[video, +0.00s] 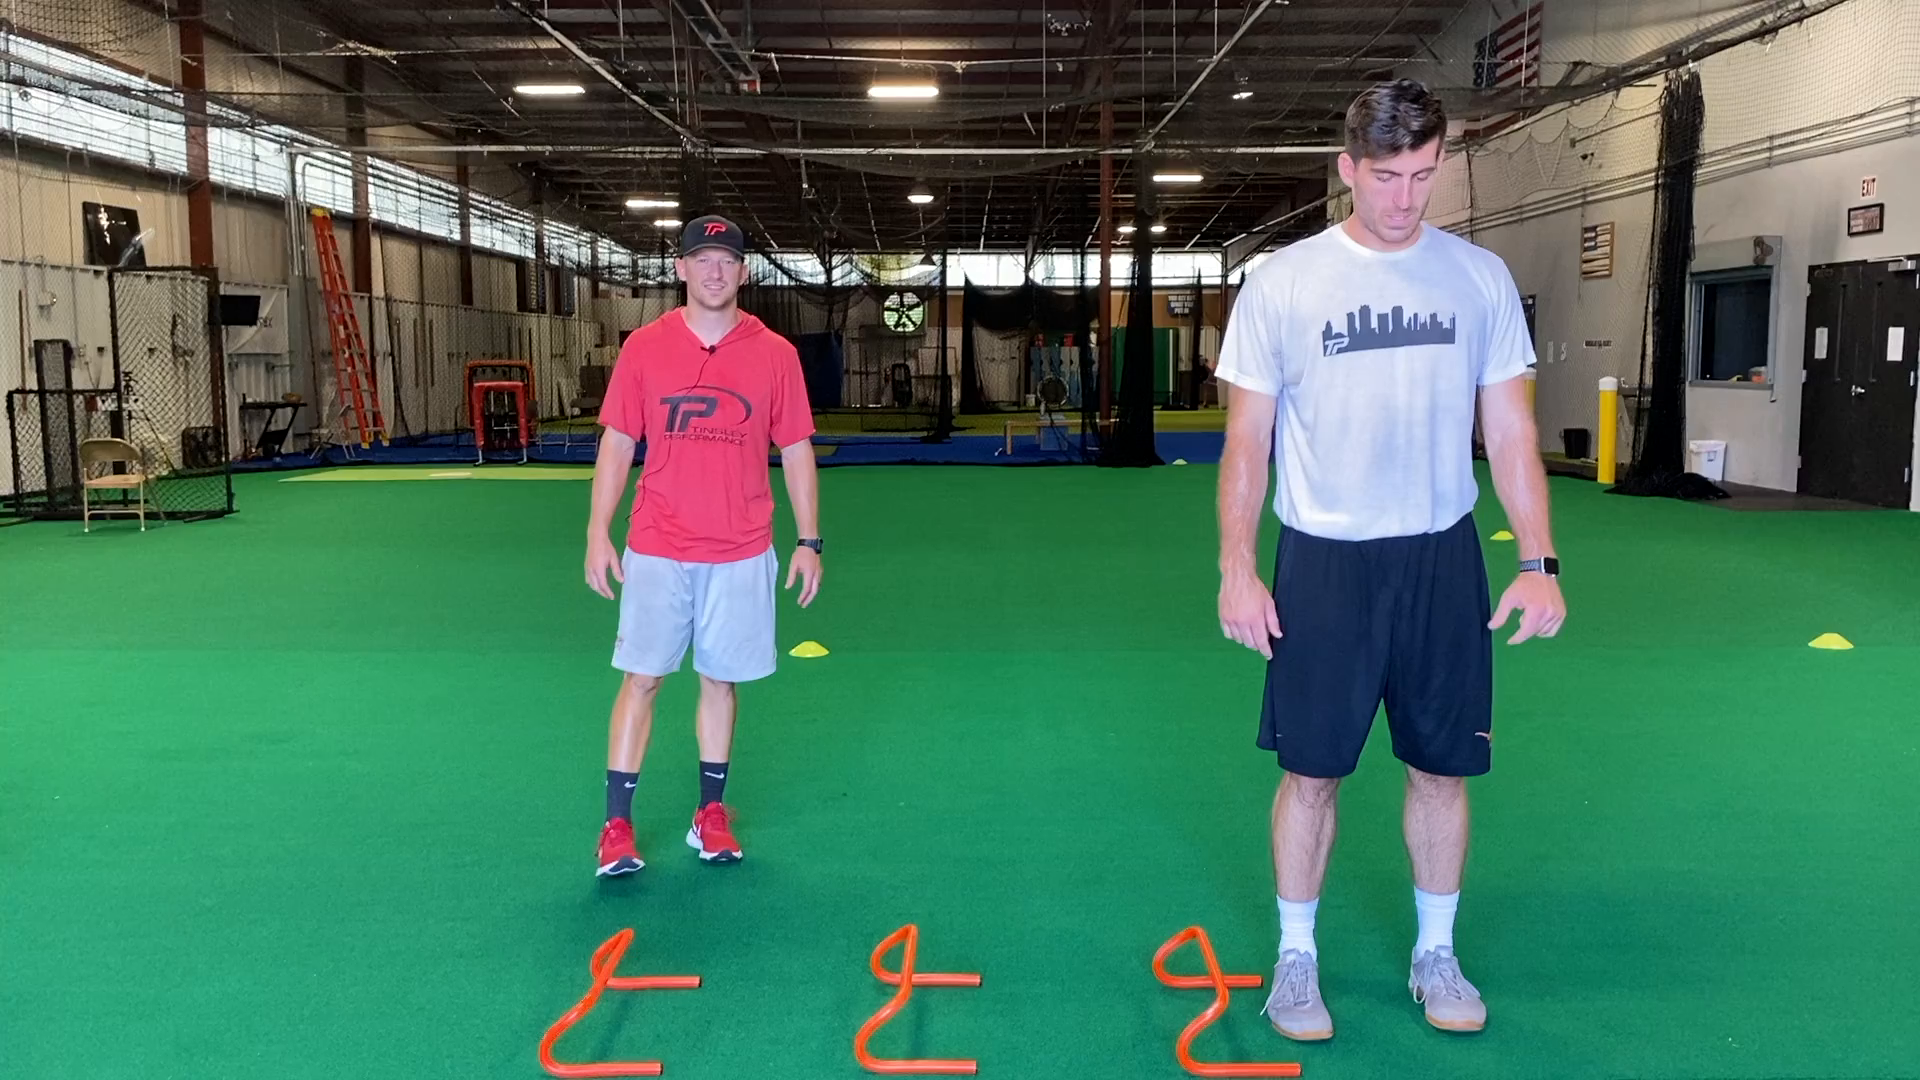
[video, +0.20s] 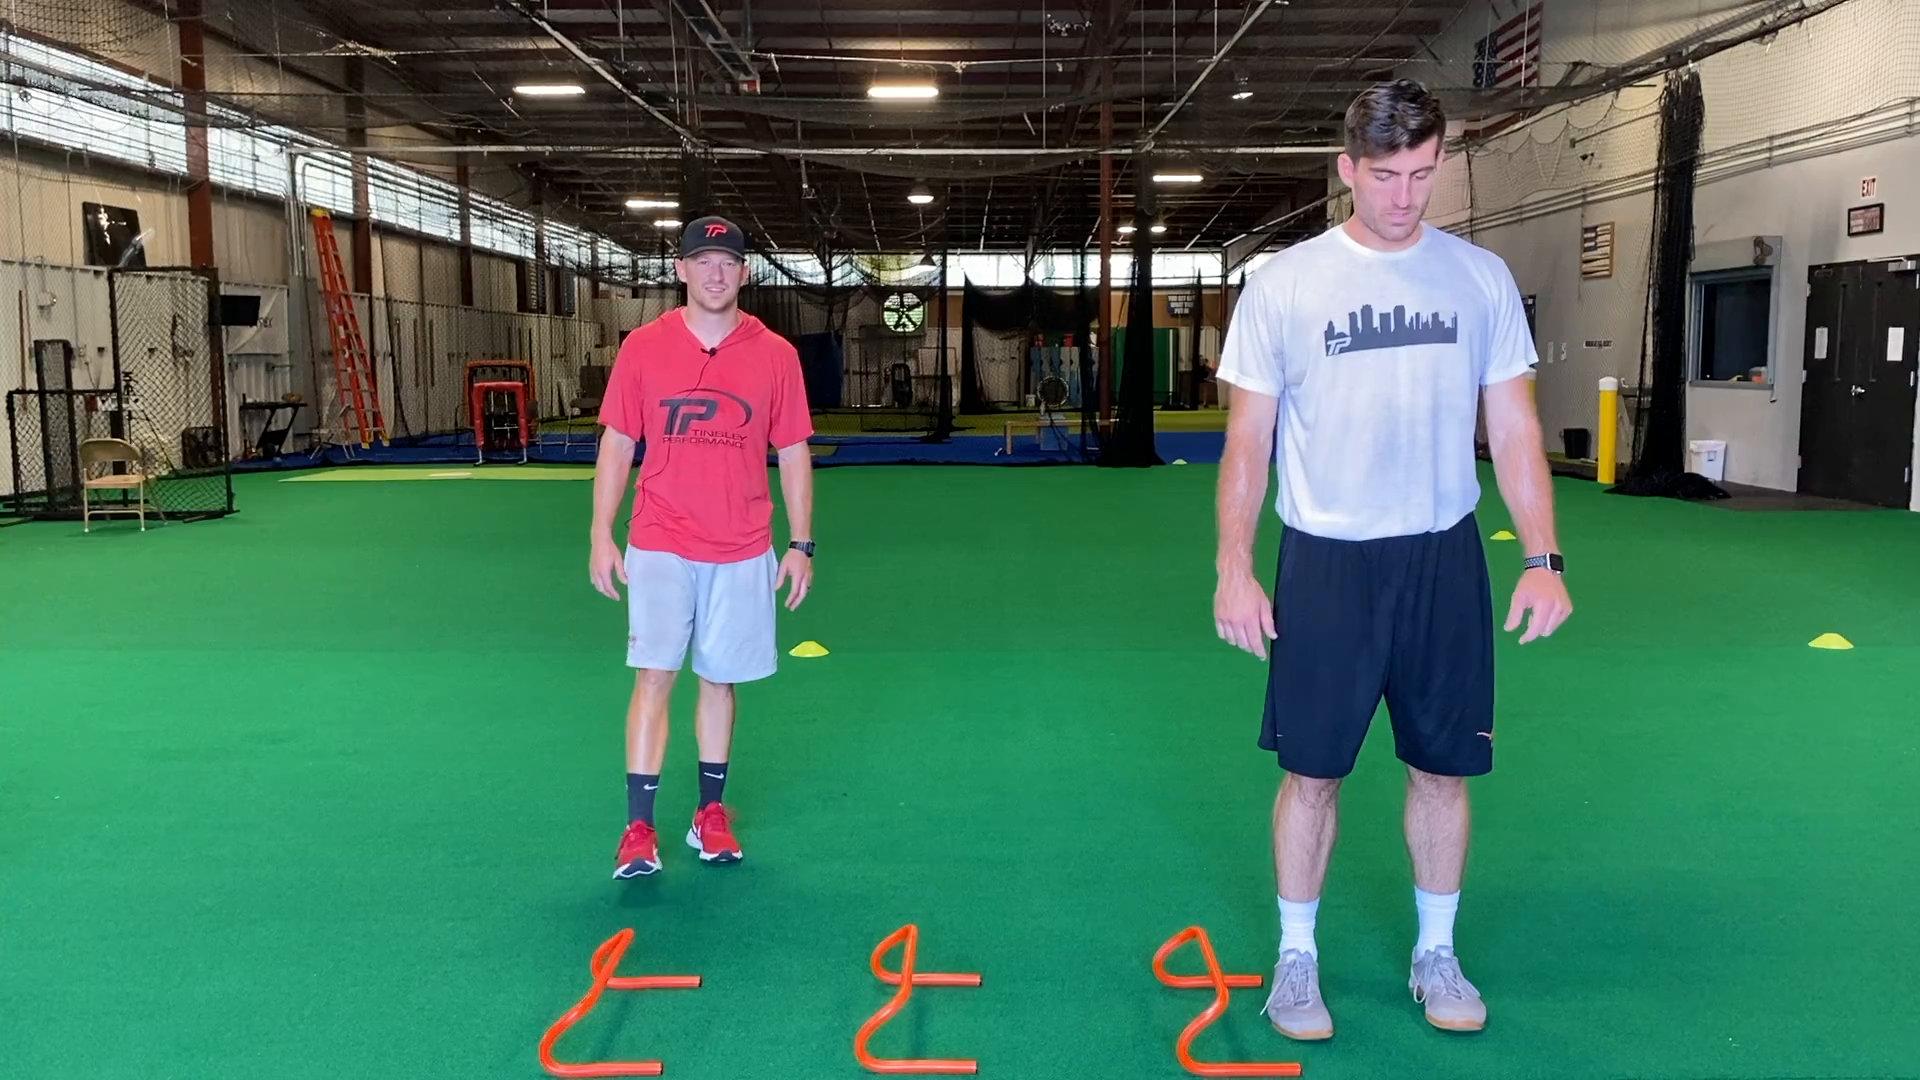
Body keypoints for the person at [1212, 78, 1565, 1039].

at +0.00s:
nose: (1406, 197)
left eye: (1422, 176)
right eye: (1388, 177)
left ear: (1441, 168)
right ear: (1348, 168)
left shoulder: (1480, 278)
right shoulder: (1278, 284)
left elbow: (1512, 436)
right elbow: (1246, 444)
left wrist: (1539, 560)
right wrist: (1237, 570)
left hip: (1442, 562)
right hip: (1324, 564)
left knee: (1442, 765)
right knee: (1312, 773)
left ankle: (1437, 957)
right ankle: (1296, 960)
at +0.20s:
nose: (1407, 194)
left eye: (1422, 173)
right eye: (1388, 176)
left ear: (1440, 164)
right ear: (1348, 169)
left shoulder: (1481, 277)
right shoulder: (1281, 283)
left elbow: (1515, 431)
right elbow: (1247, 442)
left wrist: (1542, 557)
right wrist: (1233, 570)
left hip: (1444, 561)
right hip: (1326, 564)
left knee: (1443, 763)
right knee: (1313, 770)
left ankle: (1437, 956)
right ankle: (1296, 960)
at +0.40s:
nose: (1406, 194)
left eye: (1421, 172)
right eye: (1387, 175)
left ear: (1440, 163)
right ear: (1347, 168)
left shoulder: (1481, 278)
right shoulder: (1283, 285)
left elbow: (1514, 435)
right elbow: (1253, 448)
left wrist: (1540, 561)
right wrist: (1245, 574)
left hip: (1445, 560)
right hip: (1329, 563)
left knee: (1444, 763)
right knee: (1315, 770)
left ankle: (1436, 957)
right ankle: (1296, 960)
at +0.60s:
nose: (1407, 193)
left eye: (1422, 171)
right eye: (1388, 174)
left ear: (1439, 163)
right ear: (1347, 169)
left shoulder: (1482, 279)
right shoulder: (1283, 285)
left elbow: (1512, 439)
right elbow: (1256, 448)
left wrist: (1534, 563)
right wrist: (1256, 571)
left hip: (1444, 560)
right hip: (1327, 562)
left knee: (1444, 762)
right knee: (1316, 768)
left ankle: (1437, 956)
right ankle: (1296, 959)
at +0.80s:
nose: (1409, 191)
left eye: (1424, 170)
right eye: (1390, 174)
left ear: (1443, 163)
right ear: (1350, 168)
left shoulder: (1483, 281)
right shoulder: (1284, 286)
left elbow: (1512, 439)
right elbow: (1256, 448)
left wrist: (1533, 563)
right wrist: (1255, 571)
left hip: (1444, 561)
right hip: (1327, 563)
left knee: (1444, 763)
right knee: (1315, 769)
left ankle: (1437, 956)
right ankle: (1296, 959)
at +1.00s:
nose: (1410, 191)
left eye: (1424, 169)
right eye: (1391, 173)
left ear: (1442, 163)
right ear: (1349, 169)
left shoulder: (1484, 279)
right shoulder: (1287, 285)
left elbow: (1514, 435)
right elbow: (1256, 445)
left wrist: (1537, 562)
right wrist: (1252, 570)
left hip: (1444, 559)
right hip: (1328, 562)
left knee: (1443, 761)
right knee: (1314, 768)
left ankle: (1437, 956)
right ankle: (1296, 959)